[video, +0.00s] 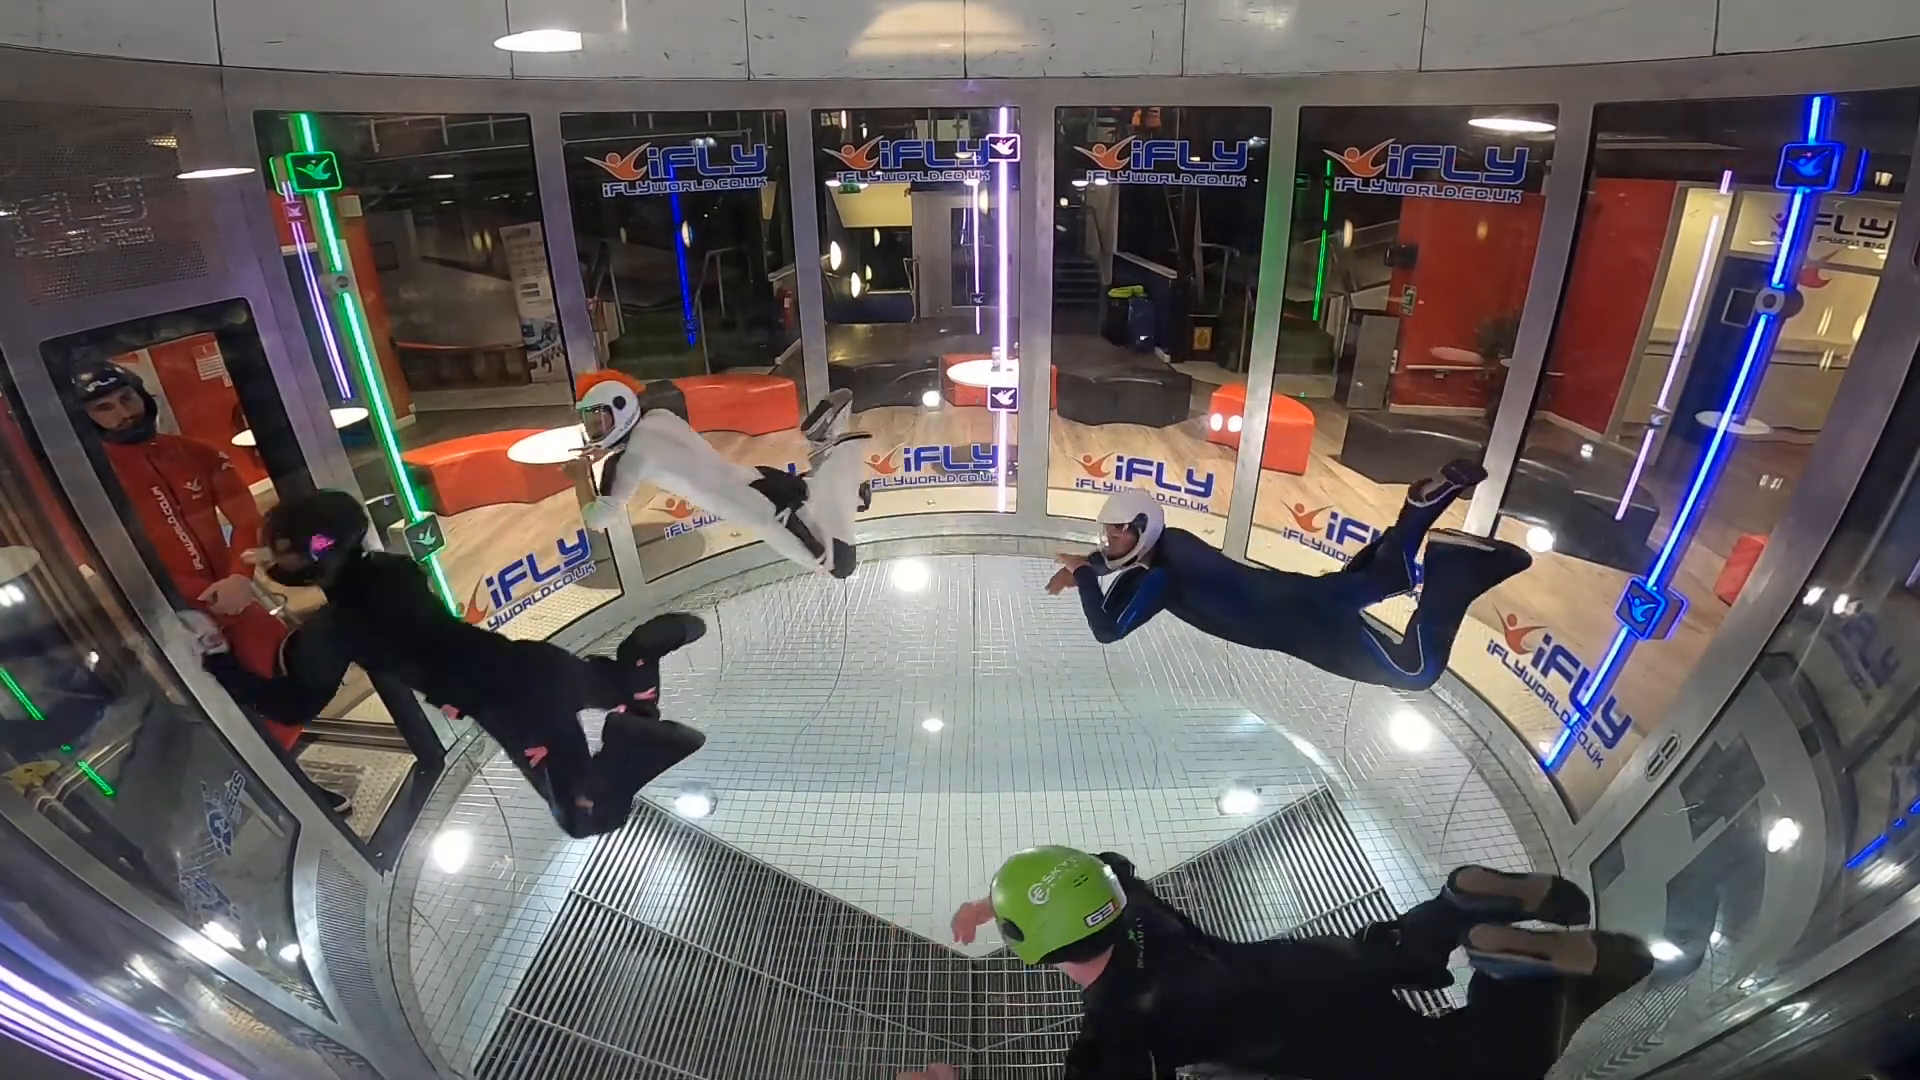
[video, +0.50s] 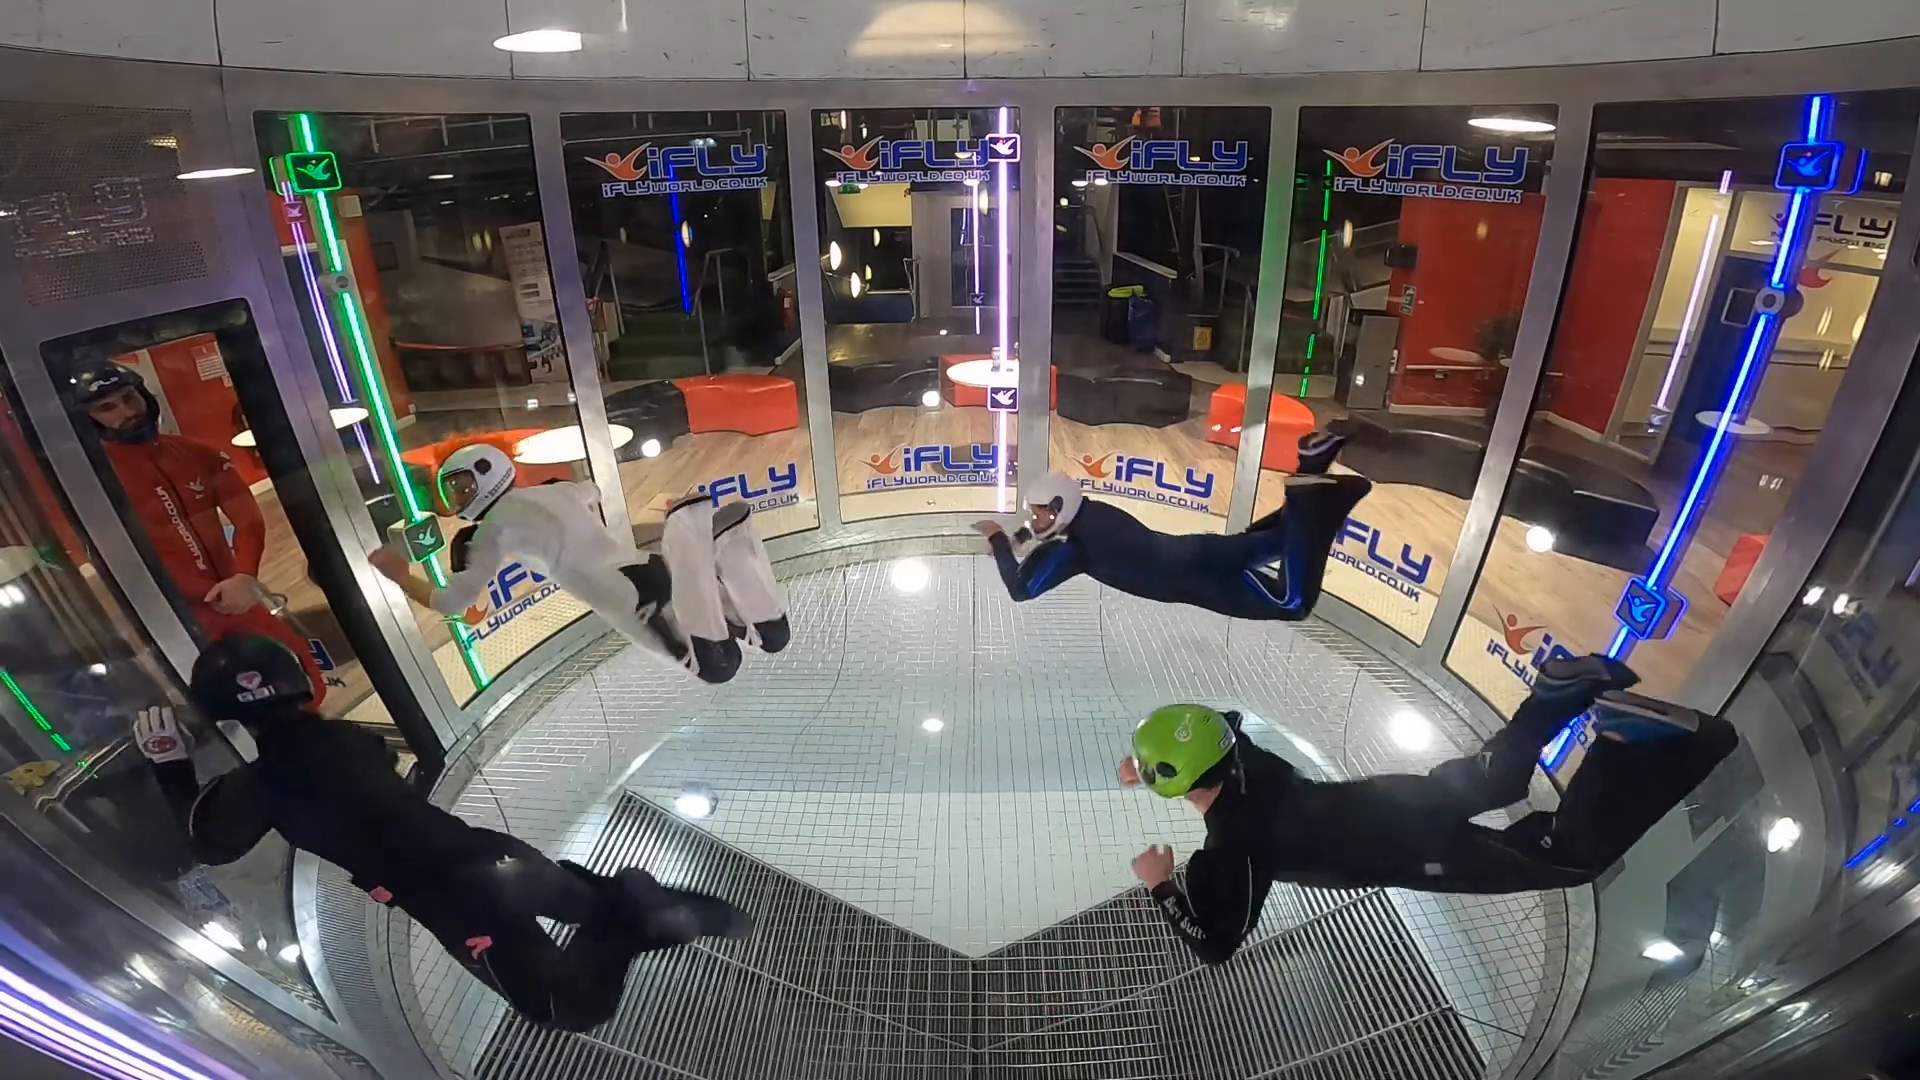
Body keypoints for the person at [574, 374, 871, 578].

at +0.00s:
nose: (591, 429)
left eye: (597, 417)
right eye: (587, 420)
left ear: (620, 410)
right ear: (622, 408)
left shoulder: (633, 455)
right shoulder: (660, 420)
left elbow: (596, 519)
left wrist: (580, 477)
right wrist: (612, 461)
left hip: (763, 508)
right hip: (764, 483)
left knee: (839, 562)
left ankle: (836, 457)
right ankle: (830, 456)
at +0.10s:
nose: (562, 432)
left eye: (566, 421)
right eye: (559, 424)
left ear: (589, 415)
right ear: (596, 411)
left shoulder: (599, 462)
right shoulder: (636, 422)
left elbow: (559, 526)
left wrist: (540, 485)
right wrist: (571, 462)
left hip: (726, 521)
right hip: (740, 493)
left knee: (807, 578)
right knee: (836, 518)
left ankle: (804, 468)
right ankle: (813, 460)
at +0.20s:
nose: (535, 447)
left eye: (538, 435)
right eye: (532, 438)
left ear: (560, 428)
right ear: (572, 423)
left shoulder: (570, 475)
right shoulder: (614, 436)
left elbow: (524, 538)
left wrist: (500, 500)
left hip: (694, 539)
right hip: (708, 513)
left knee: (777, 592)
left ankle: (759, 479)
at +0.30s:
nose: (501, 464)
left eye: (504, 453)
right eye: (499, 455)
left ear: (525, 446)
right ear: (541, 438)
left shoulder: (539, 493)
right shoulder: (590, 454)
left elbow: (494, 559)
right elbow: (617, 451)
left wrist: (463, 523)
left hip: (667, 556)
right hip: (686, 529)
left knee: (754, 614)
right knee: (797, 574)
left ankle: (730, 497)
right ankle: (765, 490)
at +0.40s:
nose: (476, 478)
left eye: (482, 467)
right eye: (473, 469)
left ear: (508, 461)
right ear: (520, 458)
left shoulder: (512, 508)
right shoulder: (572, 470)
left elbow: (472, 578)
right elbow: (608, 469)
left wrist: (432, 553)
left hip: (637, 569)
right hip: (661, 547)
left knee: (731, 636)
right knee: (779, 602)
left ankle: (707, 505)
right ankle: (746, 516)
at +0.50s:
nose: (457, 498)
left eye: (460, 485)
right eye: (453, 489)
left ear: (484, 477)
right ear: (504, 473)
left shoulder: (497, 527)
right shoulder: (557, 490)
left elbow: (450, 603)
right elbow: (600, 499)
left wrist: (402, 575)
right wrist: (484, 538)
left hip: (625, 595)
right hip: (654, 573)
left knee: (717, 665)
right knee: (767, 632)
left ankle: (687, 532)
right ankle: (729, 535)